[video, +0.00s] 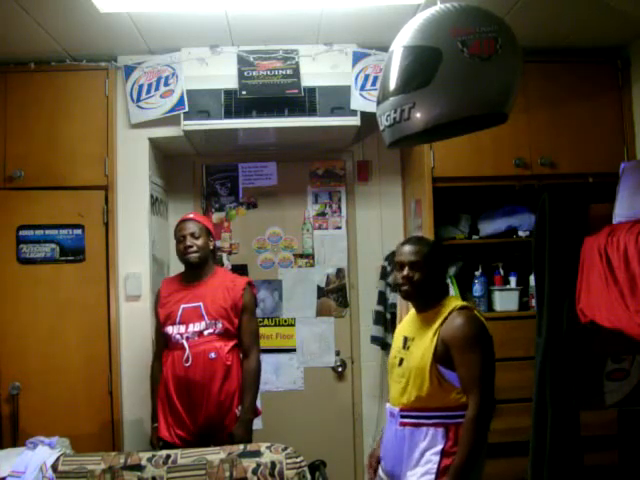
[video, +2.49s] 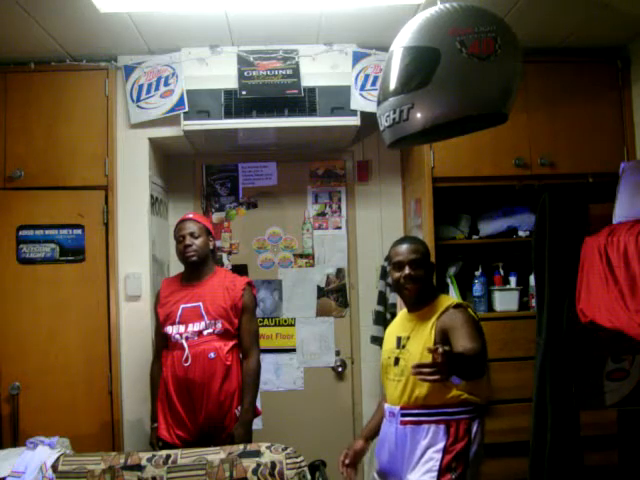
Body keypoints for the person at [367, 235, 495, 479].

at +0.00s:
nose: (405, 275)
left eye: (415, 267)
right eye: (400, 267)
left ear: (436, 271)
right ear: (393, 272)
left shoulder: (461, 324)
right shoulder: (411, 318)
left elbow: (480, 403)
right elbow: (407, 394)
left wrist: (457, 470)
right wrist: (381, 445)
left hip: (436, 444)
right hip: (398, 441)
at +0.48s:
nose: (405, 274)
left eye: (414, 266)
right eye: (398, 266)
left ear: (431, 270)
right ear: (390, 272)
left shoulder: (456, 324)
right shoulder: (407, 317)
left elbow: (477, 402)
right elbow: (403, 393)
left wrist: (456, 470)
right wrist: (379, 444)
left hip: (433, 444)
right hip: (395, 441)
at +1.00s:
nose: (406, 275)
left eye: (415, 267)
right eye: (398, 268)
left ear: (430, 270)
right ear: (390, 275)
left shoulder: (454, 324)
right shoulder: (404, 318)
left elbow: (476, 402)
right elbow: (398, 392)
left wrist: (455, 471)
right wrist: (374, 441)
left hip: (432, 445)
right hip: (392, 441)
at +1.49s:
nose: (404, 274)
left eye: (413, 266)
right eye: (395, 268)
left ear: (428, 270)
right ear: (388, 276)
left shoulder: (454, 324)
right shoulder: (400, 320)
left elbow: (477, 402)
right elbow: (397, 392)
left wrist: (455, 471)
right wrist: (370, 438)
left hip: (432, 447)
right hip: (391, 444)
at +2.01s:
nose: (404, 275)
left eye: (413, 267)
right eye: (395, 269)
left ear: (428, 271)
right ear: (386, 275)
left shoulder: (455, 323)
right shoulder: (401, 320)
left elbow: (481, 398)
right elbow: (395, 392)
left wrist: (457, 468)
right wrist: (371, 440)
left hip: (434, 447)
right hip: (391, 445)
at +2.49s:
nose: (407, 273)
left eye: (416, 265)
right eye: (398, 266)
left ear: (430, 270)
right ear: (389, 274)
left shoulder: (453, 314)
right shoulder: (395, 325)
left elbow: (475, 364)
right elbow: (392, 394)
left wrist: (451, 365)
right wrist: (364, 438)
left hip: (440, 436)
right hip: (394, 437)